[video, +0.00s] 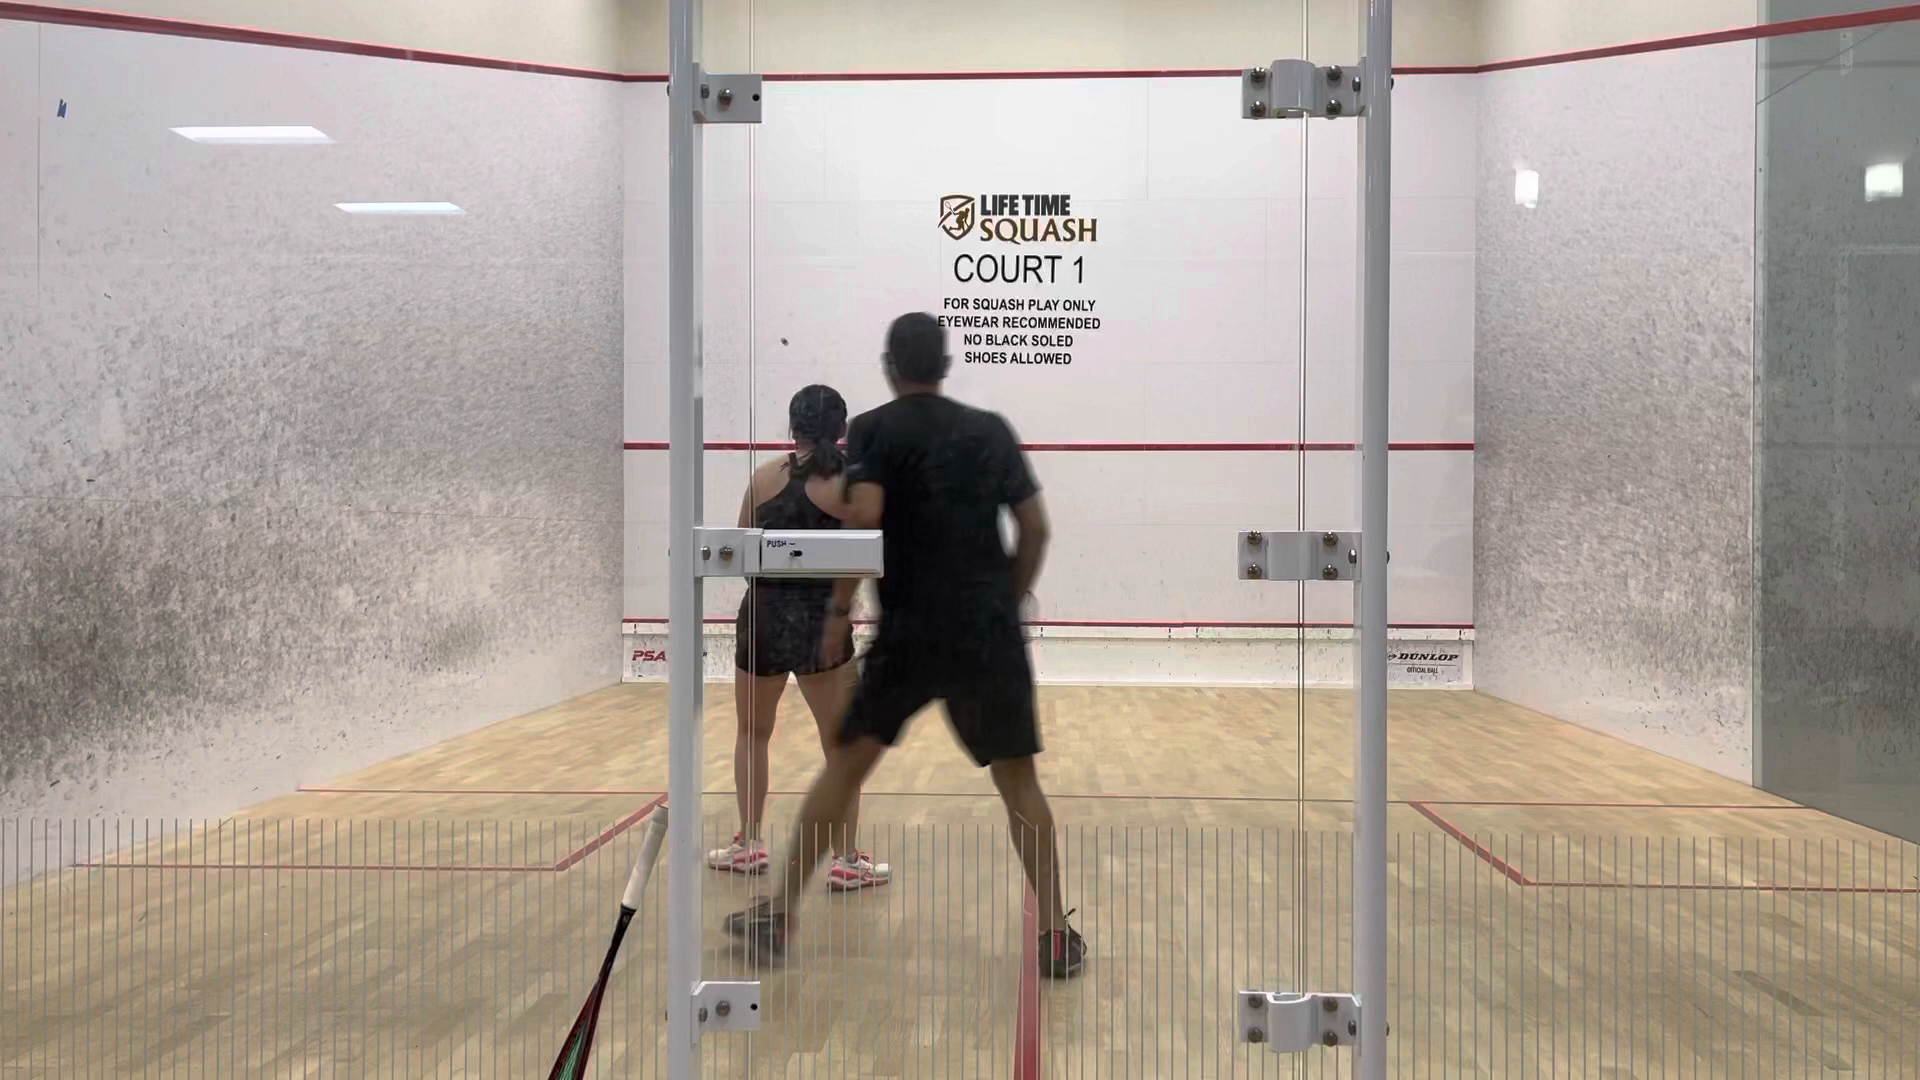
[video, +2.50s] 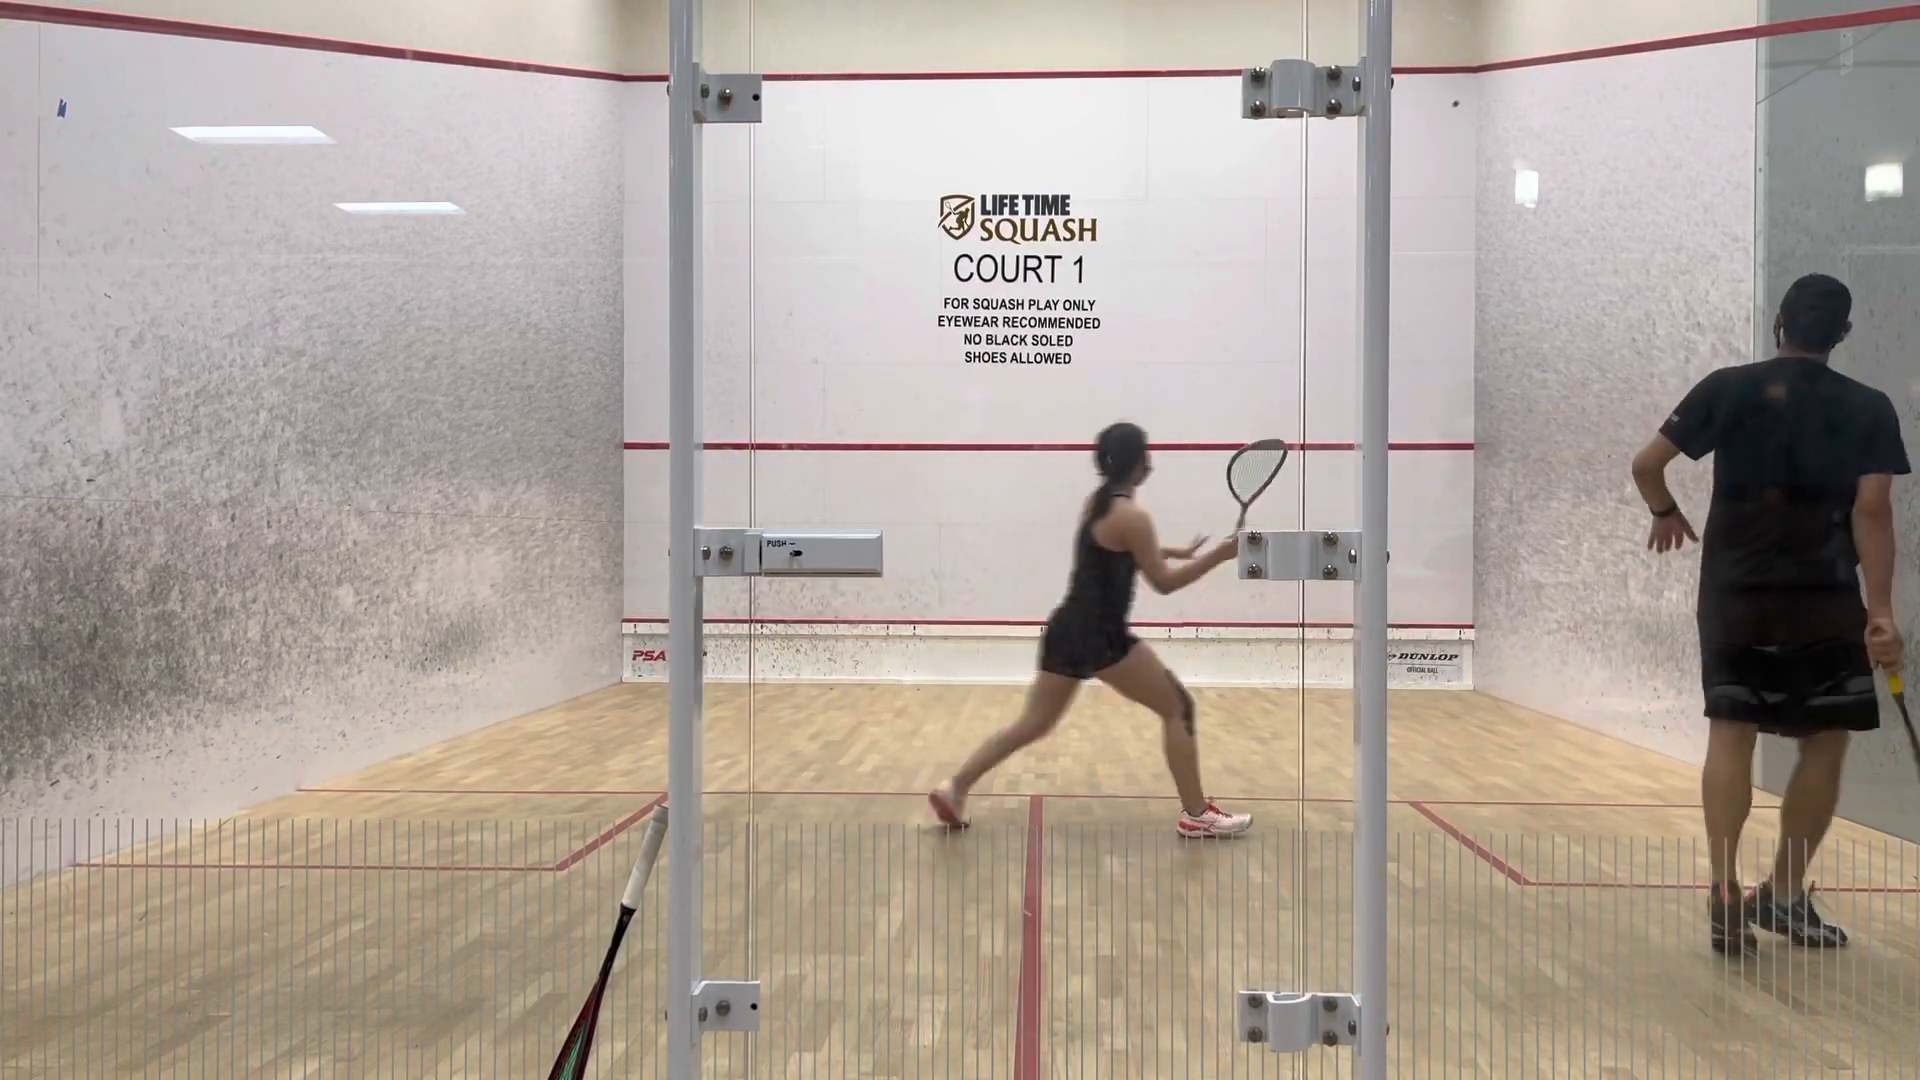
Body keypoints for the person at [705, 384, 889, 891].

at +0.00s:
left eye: (798, 427)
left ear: (792, 429)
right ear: (842, 430)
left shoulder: (764, 478)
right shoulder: (851, 484)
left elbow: (741, 547)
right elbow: (862, 558)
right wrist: (843, 609)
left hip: (763, 618)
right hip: (825, 620)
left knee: (752, 732)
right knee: (842, 742)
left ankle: (750, 841)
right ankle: (845, 855)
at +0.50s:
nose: (721, 427)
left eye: (725, 419)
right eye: (724, 418)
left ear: (734, 425)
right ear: (770, 427)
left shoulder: (722, 476)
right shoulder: (769, 476)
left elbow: (682, 520)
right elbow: (711, 514)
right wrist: (665, 517)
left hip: (726, 622)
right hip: (775, 619)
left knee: (691, 728)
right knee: (794, 738)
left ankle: (684, 834)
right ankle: (862, 809)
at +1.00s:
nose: (735, 421)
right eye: (735, 414)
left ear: (685, 412)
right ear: (732, 418)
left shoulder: (656, 465)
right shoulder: (746, 475)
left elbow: (635, 538)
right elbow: (755, 543)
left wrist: (637, 595)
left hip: (687, 605)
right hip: (747, 606)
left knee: (680, 720)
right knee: (766, 714)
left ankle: (681, 823)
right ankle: (774, 805)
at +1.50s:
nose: (802, 442)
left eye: (798, 435)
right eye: (797, 436)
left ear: (750, 444)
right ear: (788, 443)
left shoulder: (732, 492)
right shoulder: (810, 492)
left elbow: (730, 553)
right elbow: (834, 559)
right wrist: (892, 569)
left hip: (742, 624)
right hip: (799, 626)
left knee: (711, 731)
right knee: (856, 711)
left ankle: (688, 833)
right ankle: (884, 813)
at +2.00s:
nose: (970, 427)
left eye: (967, 420)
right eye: (963, 421)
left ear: (927, 431)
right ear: (943, 430)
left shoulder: (902, 478)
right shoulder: (963, 483)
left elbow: (867, 533)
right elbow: (972, 551)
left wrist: (856, 592)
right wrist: (1017, 579)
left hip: (900, 610)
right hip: (940, 614)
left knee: (926, 707)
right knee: (956, 714)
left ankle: (914, 797)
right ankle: (901, 799)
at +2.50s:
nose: (1151, 459)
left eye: (1147, 452)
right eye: (1146, 453)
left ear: (1109, 460)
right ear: (1138, 461)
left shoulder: (1098, 505)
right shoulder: (1132, 518)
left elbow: (1126, 547)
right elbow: (1165, 582)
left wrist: (1179, 552)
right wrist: (1221, 555)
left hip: (1067, 631)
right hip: (1101, 637)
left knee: (1033, 723)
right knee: (1178, 707)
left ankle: (954, 791)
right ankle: (1196, 812)